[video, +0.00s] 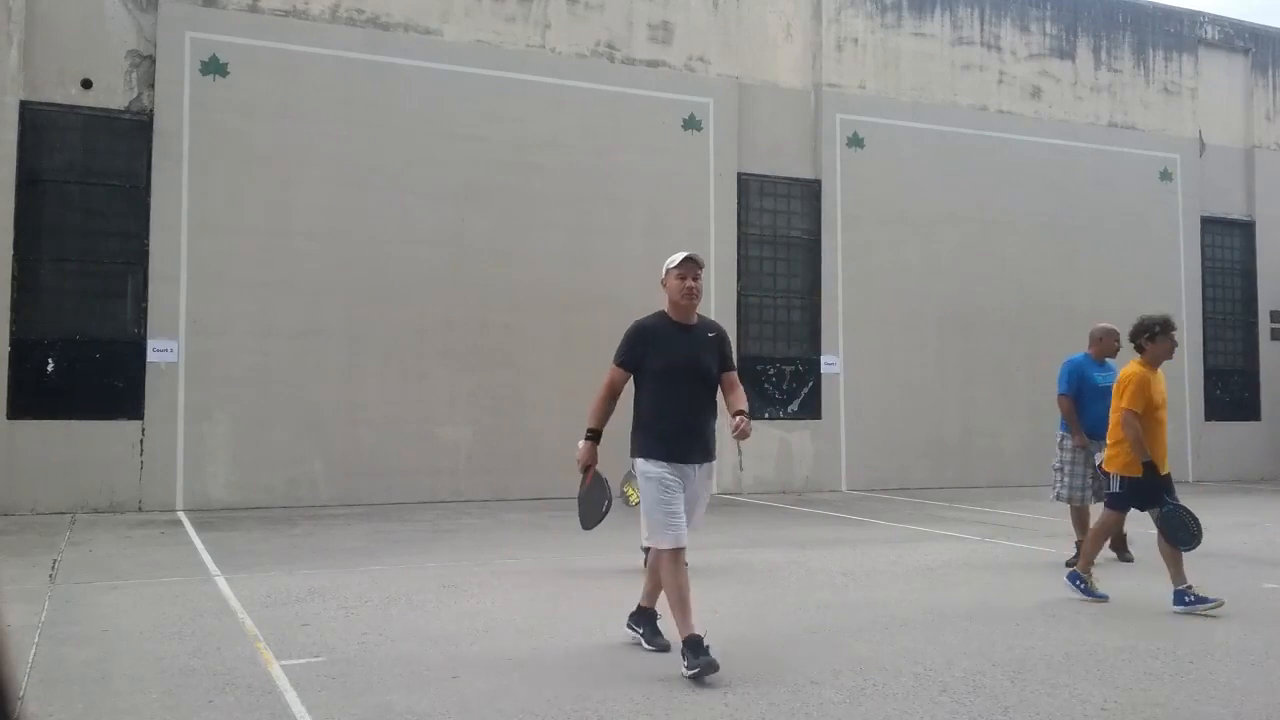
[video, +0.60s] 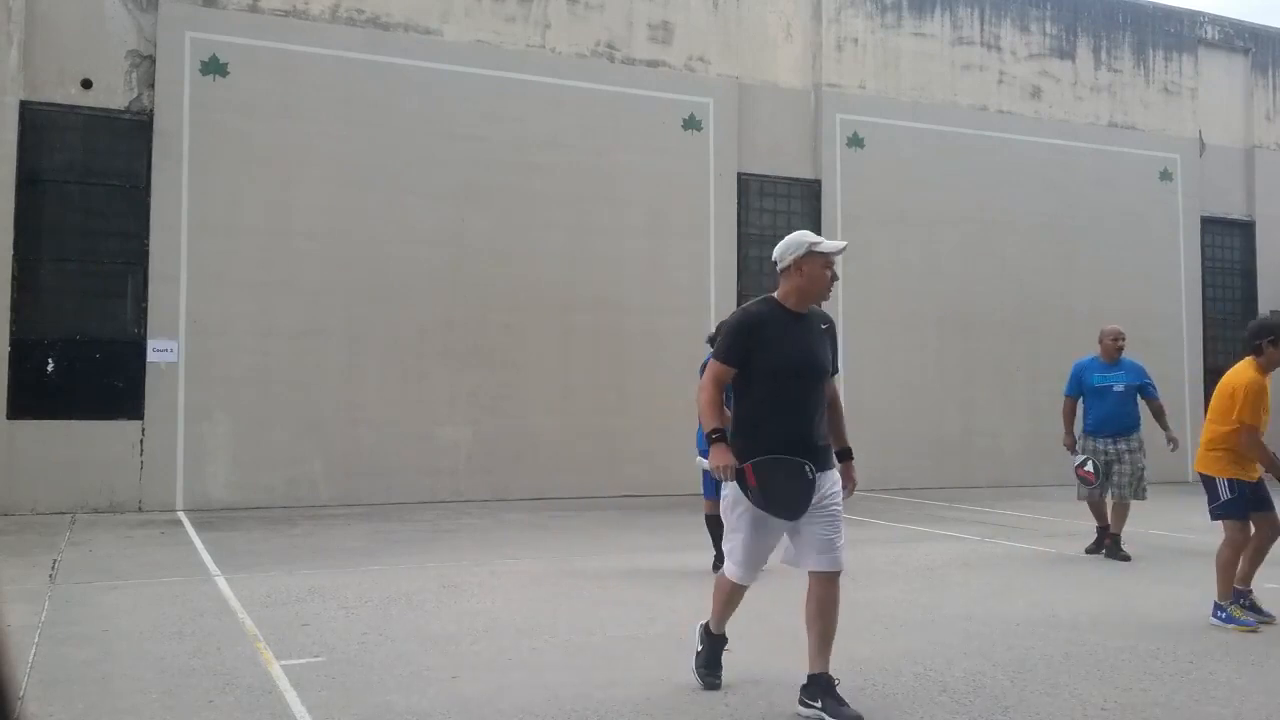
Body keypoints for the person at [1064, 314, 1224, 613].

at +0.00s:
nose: (1175, 344)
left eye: (1174, 339)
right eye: (1170, 340)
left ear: (1154, 343)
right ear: (1149, 342)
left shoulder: (1154, 374)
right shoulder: (1135, 375)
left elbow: (1143, 420)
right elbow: (1128, 420)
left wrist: (1113, 458)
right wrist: (1146, 460)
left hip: (1152, 465)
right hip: (1128, 466)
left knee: (1169, 526)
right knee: (1110, 520)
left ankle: (1182, 590)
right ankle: (1080, 573)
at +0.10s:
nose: (1194, 342)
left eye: (1192, 336)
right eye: (1188, 337)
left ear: (1171, 341)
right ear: (1166, 340)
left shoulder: (1174, 371)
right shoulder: (1150, 372)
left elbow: (1170, 419)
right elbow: (1137, 416)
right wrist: (1155, 458)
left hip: (1175, 465)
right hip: (1149, 466)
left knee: (1181, 528)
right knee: (1142, 527)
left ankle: (1186, 591)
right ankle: (1100, 565)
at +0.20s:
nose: (1211, 336)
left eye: (1210, 331)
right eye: (1205, 331)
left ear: (1189, 337)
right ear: (1184, 335)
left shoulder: (1194, 369)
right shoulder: (1163, 369)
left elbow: (1187, 416)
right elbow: (1146, 414)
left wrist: (1195, 459)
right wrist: (1162, 457)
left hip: (1190, 464)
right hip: (1167, 463)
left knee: (1187, 529)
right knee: (1177, 526)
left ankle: (1186, 592)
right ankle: (1134, 564)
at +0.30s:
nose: (1226, 340)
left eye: (1226, 334)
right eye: (1222, 334)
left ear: (1208, 335)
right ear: (1200, 335)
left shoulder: (1212, 368)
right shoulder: (1177, 369)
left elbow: (1208, 419)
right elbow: (1155, 414)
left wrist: (1225, 454)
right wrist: (1173, 457)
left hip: (1205, 463)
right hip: (1184, 463)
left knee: (1194, 525)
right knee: (1194, 526)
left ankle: (1180, 583)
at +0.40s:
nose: (1242, 340)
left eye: (1242, 334)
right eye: (1237, 334)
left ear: (1222, 336)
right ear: (1217, 335)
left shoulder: (1228, 369)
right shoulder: (1193, 370)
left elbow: (1225, 417)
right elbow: (1171, 418)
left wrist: (1251, 447)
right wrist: (1194, 458)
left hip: (1219, 464)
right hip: (1197, 464)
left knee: (1205, 528)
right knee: (1211, 529)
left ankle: (1188, 592)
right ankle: (1219, 601)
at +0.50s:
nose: (1263, 345)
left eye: (1262, 338)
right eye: (1258, 338)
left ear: (1241, 340)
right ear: (1238, 339)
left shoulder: (1242, 372)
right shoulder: (1212, 374)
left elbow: (1237, 420)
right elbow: (1197, 424)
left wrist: (1263, 447)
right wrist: (1227, 466)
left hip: (1230, 466)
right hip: (1208, 468)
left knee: (1240, 532)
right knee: (1226, 533)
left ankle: (1197, 583)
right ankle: (1222, 605)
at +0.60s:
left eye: (1279, 346)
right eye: (1279, 346)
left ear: (1263, 346)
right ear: (1265, 346)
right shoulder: (1250, 380)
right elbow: (1248, 440)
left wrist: (1271, 465)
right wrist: (1274, 468)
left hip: (1243, 465)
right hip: (1221, 465)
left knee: (1269, 528)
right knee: (1237, 534)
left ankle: (1239, 593)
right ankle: (1222, 605)